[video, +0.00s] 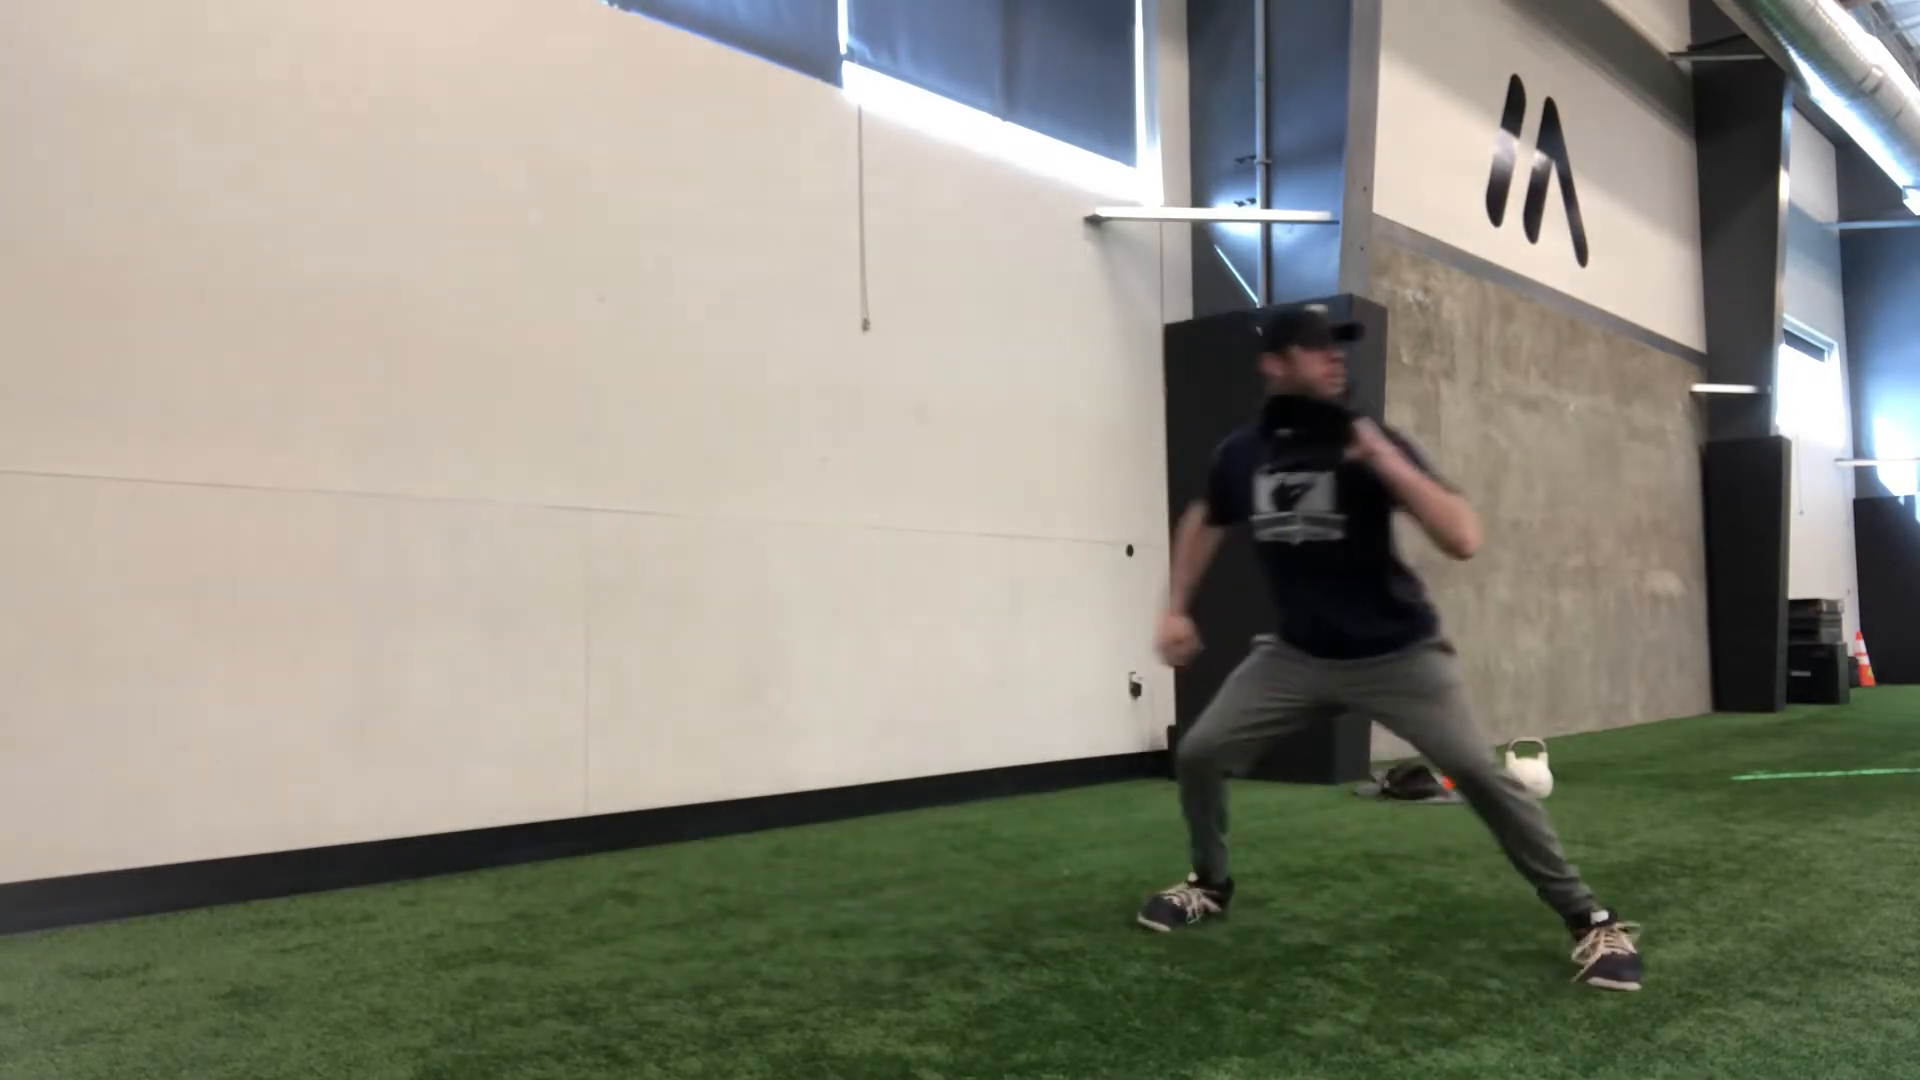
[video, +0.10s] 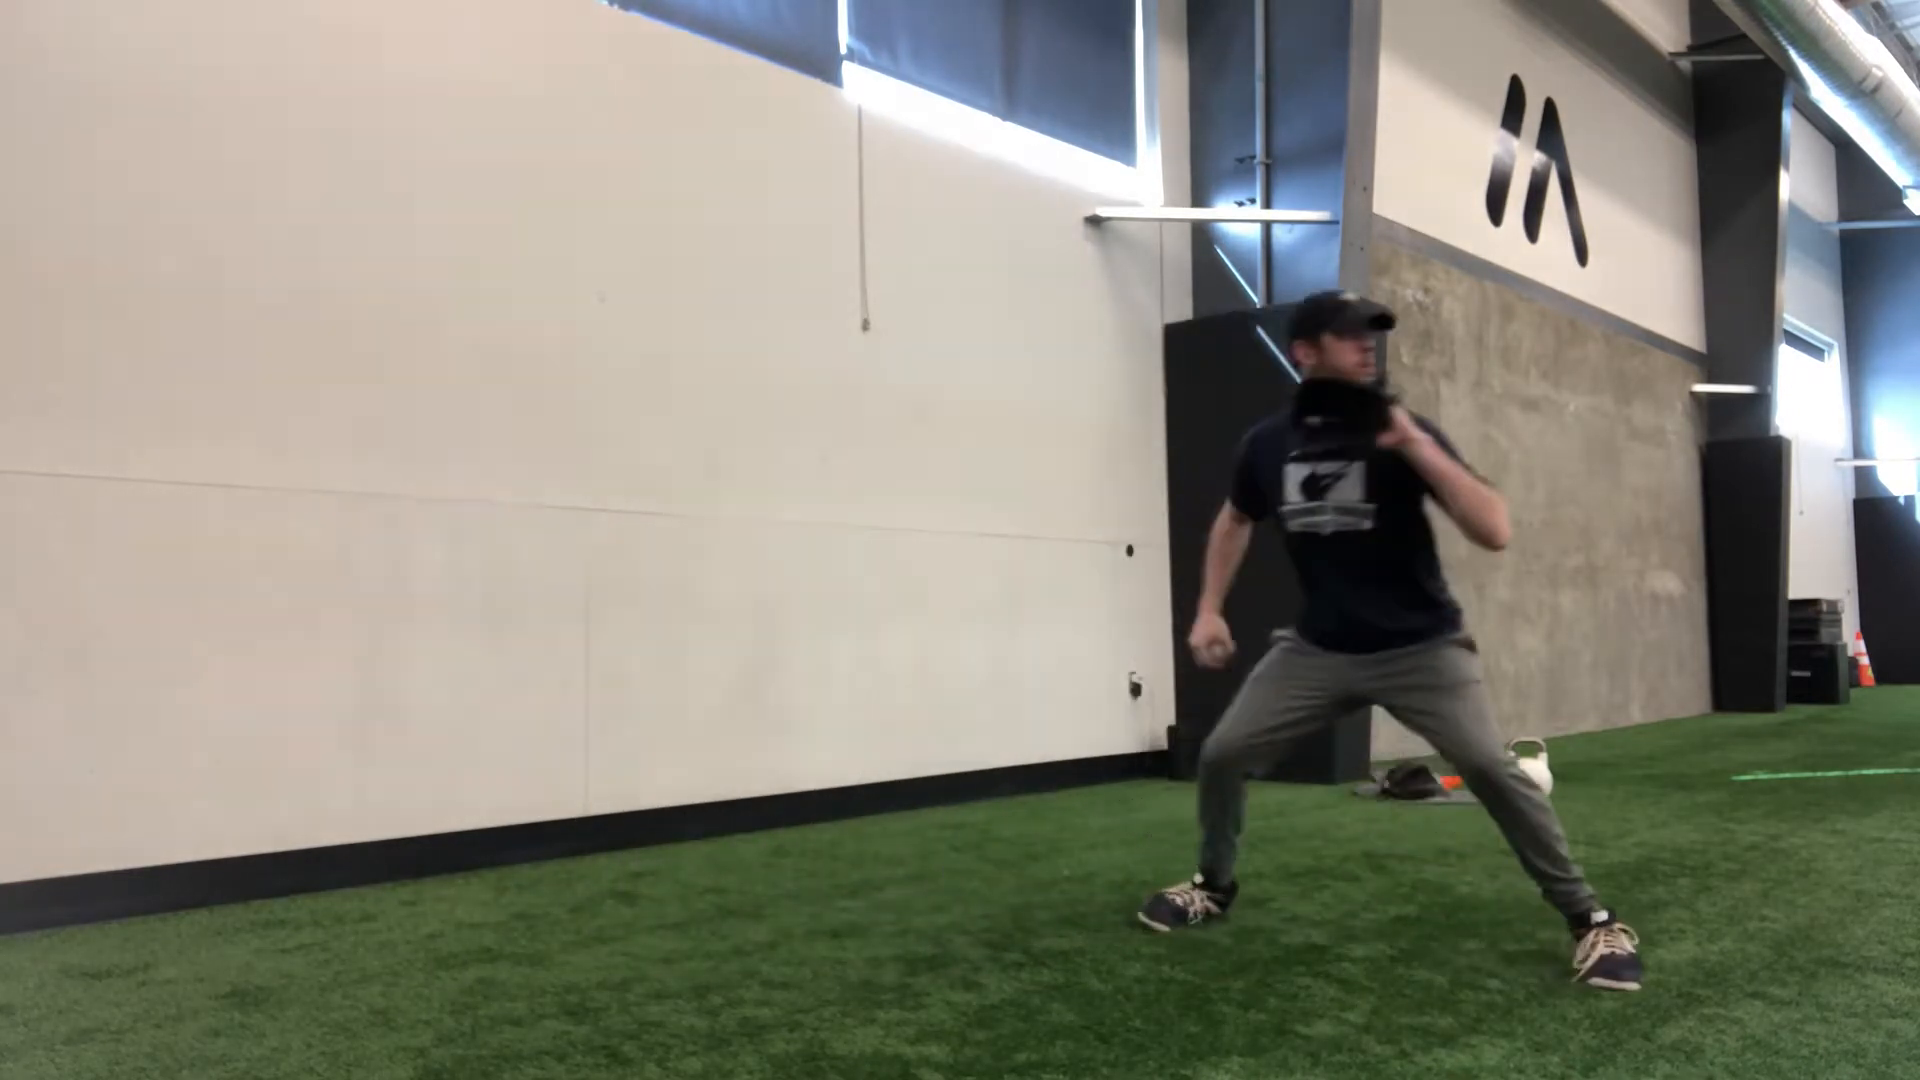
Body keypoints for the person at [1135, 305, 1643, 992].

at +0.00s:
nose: (1338, 361)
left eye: (1339, 349)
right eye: (1320, 350)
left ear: (1341, 361)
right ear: (1274, 365)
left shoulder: (1369, 441)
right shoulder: (1241, 456)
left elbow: (1462, 536)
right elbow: (1202, 523)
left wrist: (1389, 464)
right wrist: (1175, 607)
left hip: (1397, 654)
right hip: (1298, 654)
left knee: (1479, 772)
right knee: (1200, 753)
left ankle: (1591, 925)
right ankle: (1209, 886)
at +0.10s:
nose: (1369, 349)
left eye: (1370, 337)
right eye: (1352, 339)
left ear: (1373, 348)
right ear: (1306, 353)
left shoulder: (1405, 431)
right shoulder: (1269, 444)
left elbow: (1494, 529)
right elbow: (1235, 521)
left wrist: (1419, 448)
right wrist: (1209, 608)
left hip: (1420, 646)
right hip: (1319, 649)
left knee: (1491, 767)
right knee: (1221, 755)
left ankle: (1591, 924)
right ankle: (1213, 887)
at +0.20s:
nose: (1377, 340)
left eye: (1378, 328)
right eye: (1361, 328)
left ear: (1380, 338)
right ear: (1313, 342)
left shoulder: (1419, 422)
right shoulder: (1277, 441)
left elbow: (1509, 518)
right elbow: (1243, 532)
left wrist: (1433, 436)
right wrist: (1217, 631)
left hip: (1430, 639)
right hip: (1328, 643)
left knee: (1491, 760)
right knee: (1238, 757)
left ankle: (1592, 923)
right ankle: (1218, 887)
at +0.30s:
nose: (1358, 334)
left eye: (1361, 323)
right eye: (1341, 325)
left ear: (1370, 333)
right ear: (1299, 339)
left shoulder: (1410, 414)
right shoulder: (1272, 444)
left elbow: (1501, 503)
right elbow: (1241, 553)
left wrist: (1421, 419)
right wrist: (1217, 662)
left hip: (1426, 638)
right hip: (1325, 643)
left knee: (1491, 759)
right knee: (1242, 762)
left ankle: (1593, 922)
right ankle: (1227, 887)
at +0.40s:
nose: (1309, 339)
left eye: (1314, 326)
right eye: (1291, 329)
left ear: (1324, 336)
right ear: (1254, 346)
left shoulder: (1364, 412)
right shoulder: (1242, 442)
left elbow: (1467, 493)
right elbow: (1216, 557)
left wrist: (1387, 419)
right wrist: (1228, 646)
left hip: (1400, 645)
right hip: (1302, 649)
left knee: (1479, 766)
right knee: (1219, 763)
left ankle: (1590, 923)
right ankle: (1232, 884)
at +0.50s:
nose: (1250, 332)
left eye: (1253, 319)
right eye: (1233, 322)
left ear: (1261, 328)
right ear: (1196, 337)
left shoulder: (1304, 408)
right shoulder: (1180, 433)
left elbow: (1402, 485)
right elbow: (1168, 533)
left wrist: (1332, 420)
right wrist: (1185, 559)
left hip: (1344, 638)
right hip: (1240, 643)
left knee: (1448, 764)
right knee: (1187, 763)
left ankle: (1587, 922)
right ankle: (1226, 888)